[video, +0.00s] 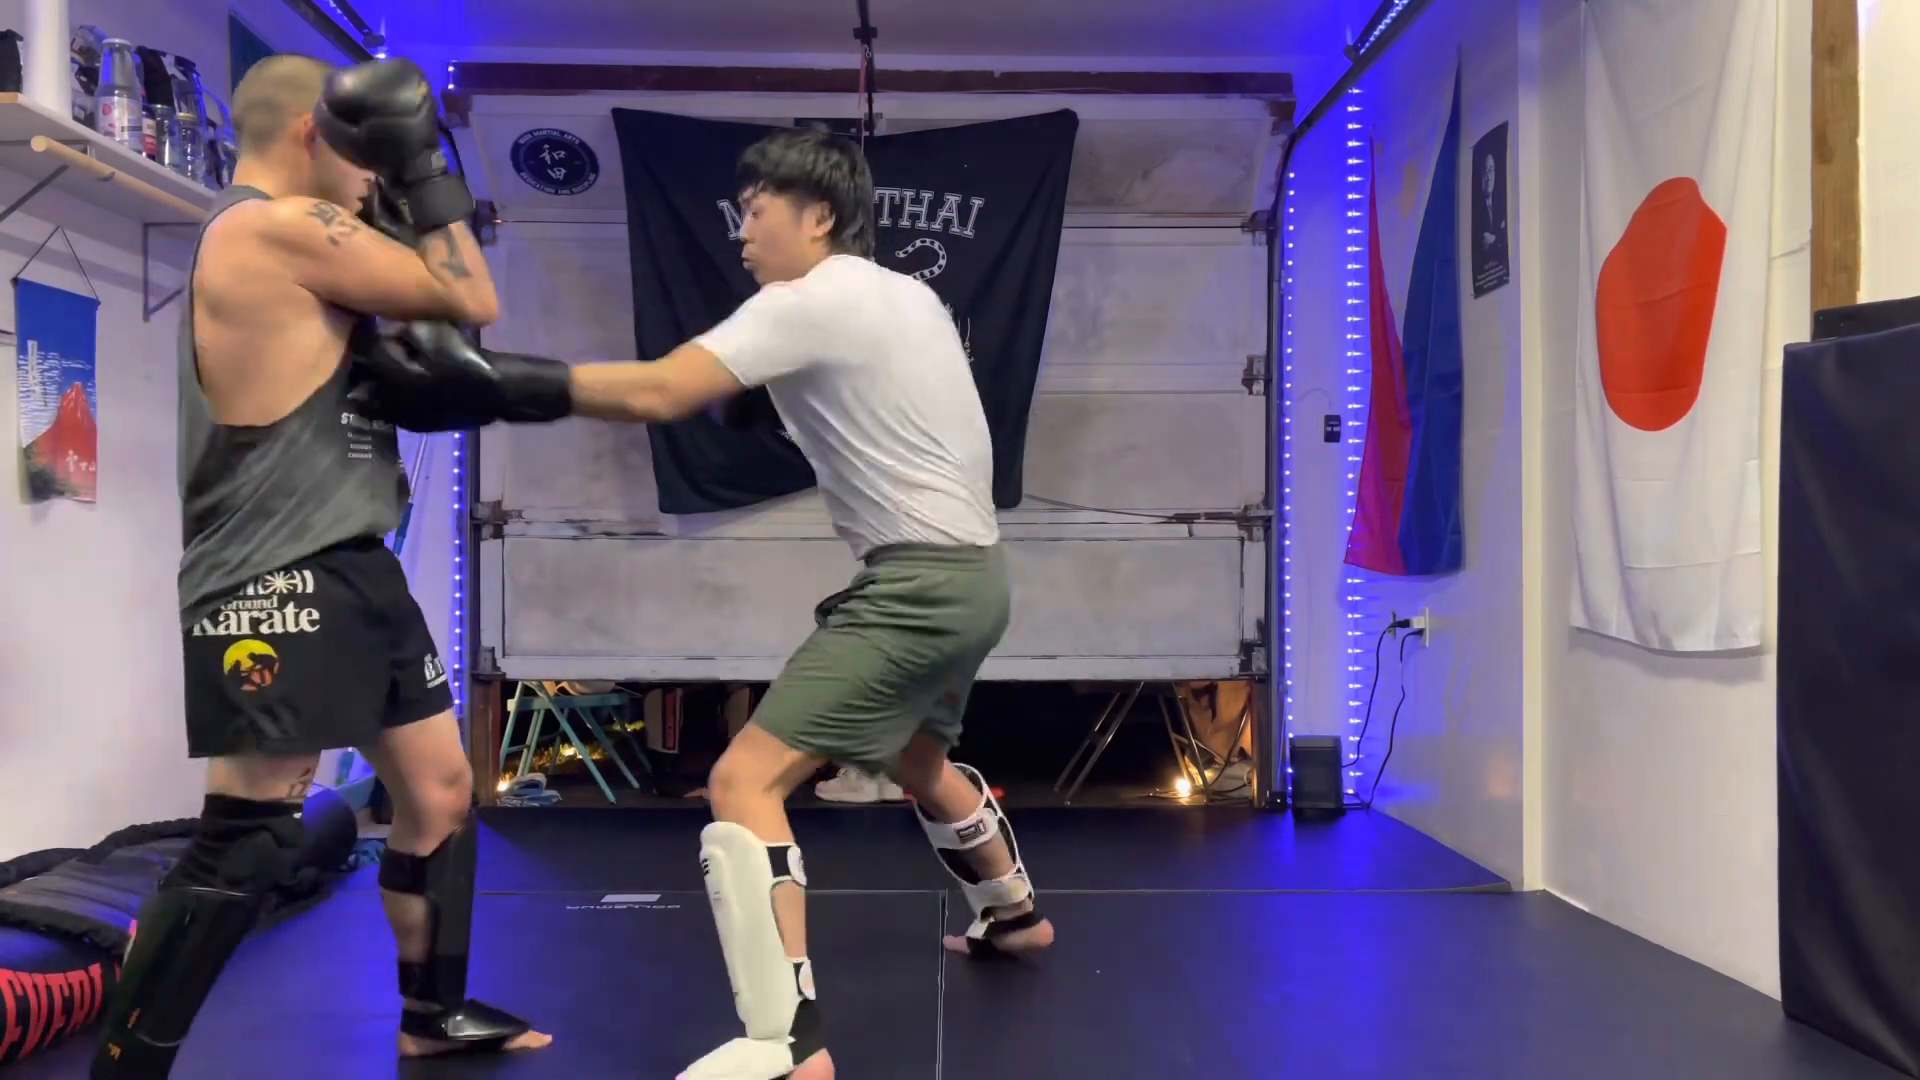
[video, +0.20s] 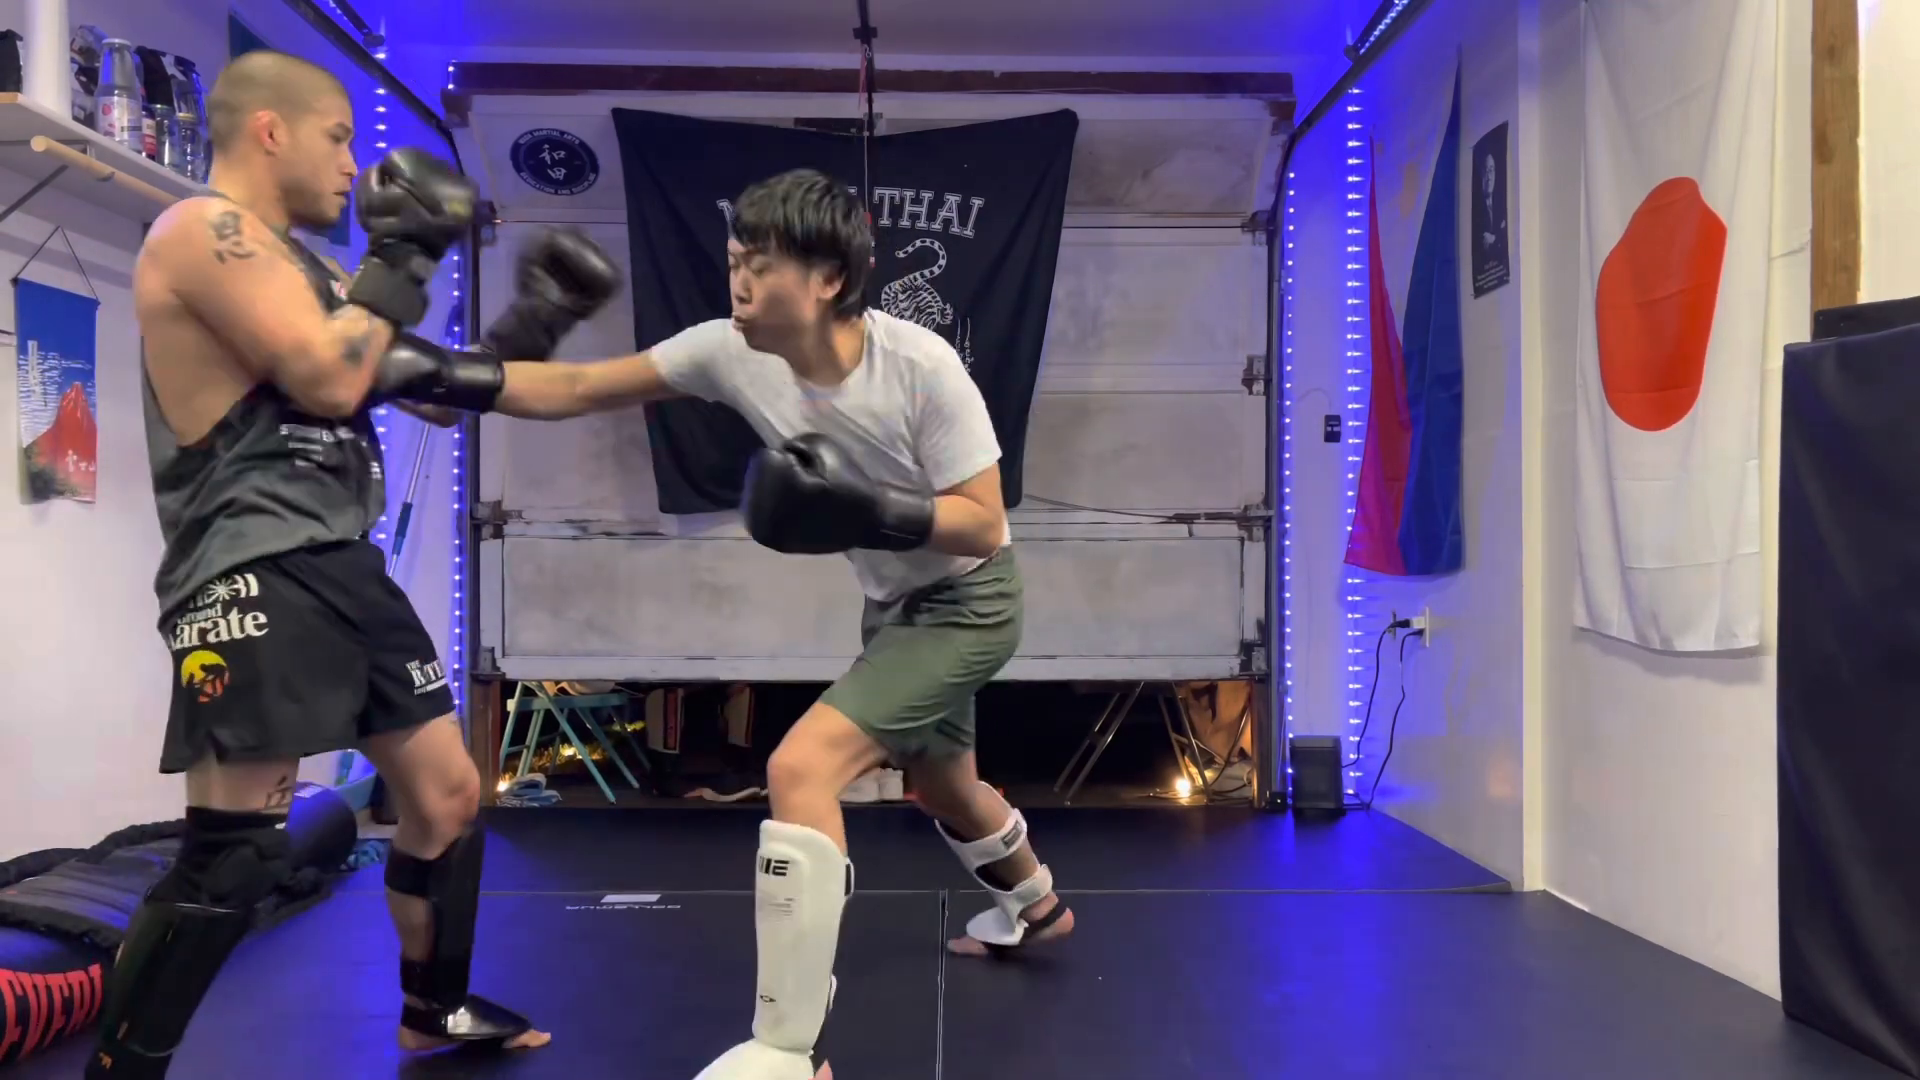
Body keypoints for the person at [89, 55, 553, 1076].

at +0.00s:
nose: (374, 171)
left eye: (373, 146)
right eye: (360, 145)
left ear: (280, 137)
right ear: (312, 133)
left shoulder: (293, 235)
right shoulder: (271, 229)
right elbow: (472, 298)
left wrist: (426, 208)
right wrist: (423, 171)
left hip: (350, 561)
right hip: (269, 571)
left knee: (437, 786)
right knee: (249, 832)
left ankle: (434, 1014)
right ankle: (129, 1057)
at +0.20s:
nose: (353, 162)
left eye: (353, 142)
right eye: (338, 138)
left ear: (268, 137)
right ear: (267, 132)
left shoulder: (306, 267)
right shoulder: (203, 229)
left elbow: (444, 382)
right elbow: (328, 379)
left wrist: (534, 321)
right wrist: (402, 257)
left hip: (341, 563)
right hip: (250, 569)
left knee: (444, 791)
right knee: (231, 853)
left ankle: (435, 1011)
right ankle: (126, 1065)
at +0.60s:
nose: (452, 144)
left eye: (451, 124)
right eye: (434, 120)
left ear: (365, 131)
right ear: (357, 126)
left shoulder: (421, 270)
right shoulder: (284, 241)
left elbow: (499, 389)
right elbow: (389, 383)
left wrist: (559, 289)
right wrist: (501, 301)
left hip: (439, 577)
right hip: (315, 580)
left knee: (544, 814)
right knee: (248, 845)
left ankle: (538, 1046)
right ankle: (128, 1061)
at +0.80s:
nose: (556, 137)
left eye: (551, 118)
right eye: (540, 113)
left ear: (478, 120)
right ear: (475, 114)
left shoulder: (486, 258)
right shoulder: (410, 217)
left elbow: (491, 410)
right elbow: (447, 377)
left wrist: (595, 364)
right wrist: (611, 402)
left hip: (523, 558)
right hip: (425, 559)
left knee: (566, 812)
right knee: (380, 823)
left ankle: (541, 1046)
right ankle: (191, 1039)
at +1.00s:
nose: (621, 120)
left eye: (616, 99)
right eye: (605, 97)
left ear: (542, 103)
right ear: (541, 100)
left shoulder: (552, 243)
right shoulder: (474, 205)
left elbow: (554, 397)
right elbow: (550, 361)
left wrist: (642, 401)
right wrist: (677, 295)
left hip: (569, 548)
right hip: (481, 543)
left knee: (562, 807)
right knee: (501, 822)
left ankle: (541, 1042)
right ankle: (367, 1060)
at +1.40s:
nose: (715, 107)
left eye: (714, 84)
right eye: (704, 81)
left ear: (635, 80)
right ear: (643, 77)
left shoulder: (634, 218)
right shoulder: (564, 197)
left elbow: (649, 385)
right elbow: (662, 394)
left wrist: (734, 321)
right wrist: (753, 318)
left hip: (652, 548)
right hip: (579, 553)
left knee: (735, 793)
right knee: (583, 850)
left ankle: (626, 999)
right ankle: (507, 1068)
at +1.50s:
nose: (737, 104)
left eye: (734, 81)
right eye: (728, 79)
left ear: (654, 76)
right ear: (674, 74)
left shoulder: (634, 193)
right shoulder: (616, 186)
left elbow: (715, 361)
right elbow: (738, 364)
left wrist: (785, 267)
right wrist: (802, 259)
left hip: (673, 547)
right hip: (617, 552)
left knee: (752, 793)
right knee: (588, 835)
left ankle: (742, 1027)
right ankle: (511, 1067)